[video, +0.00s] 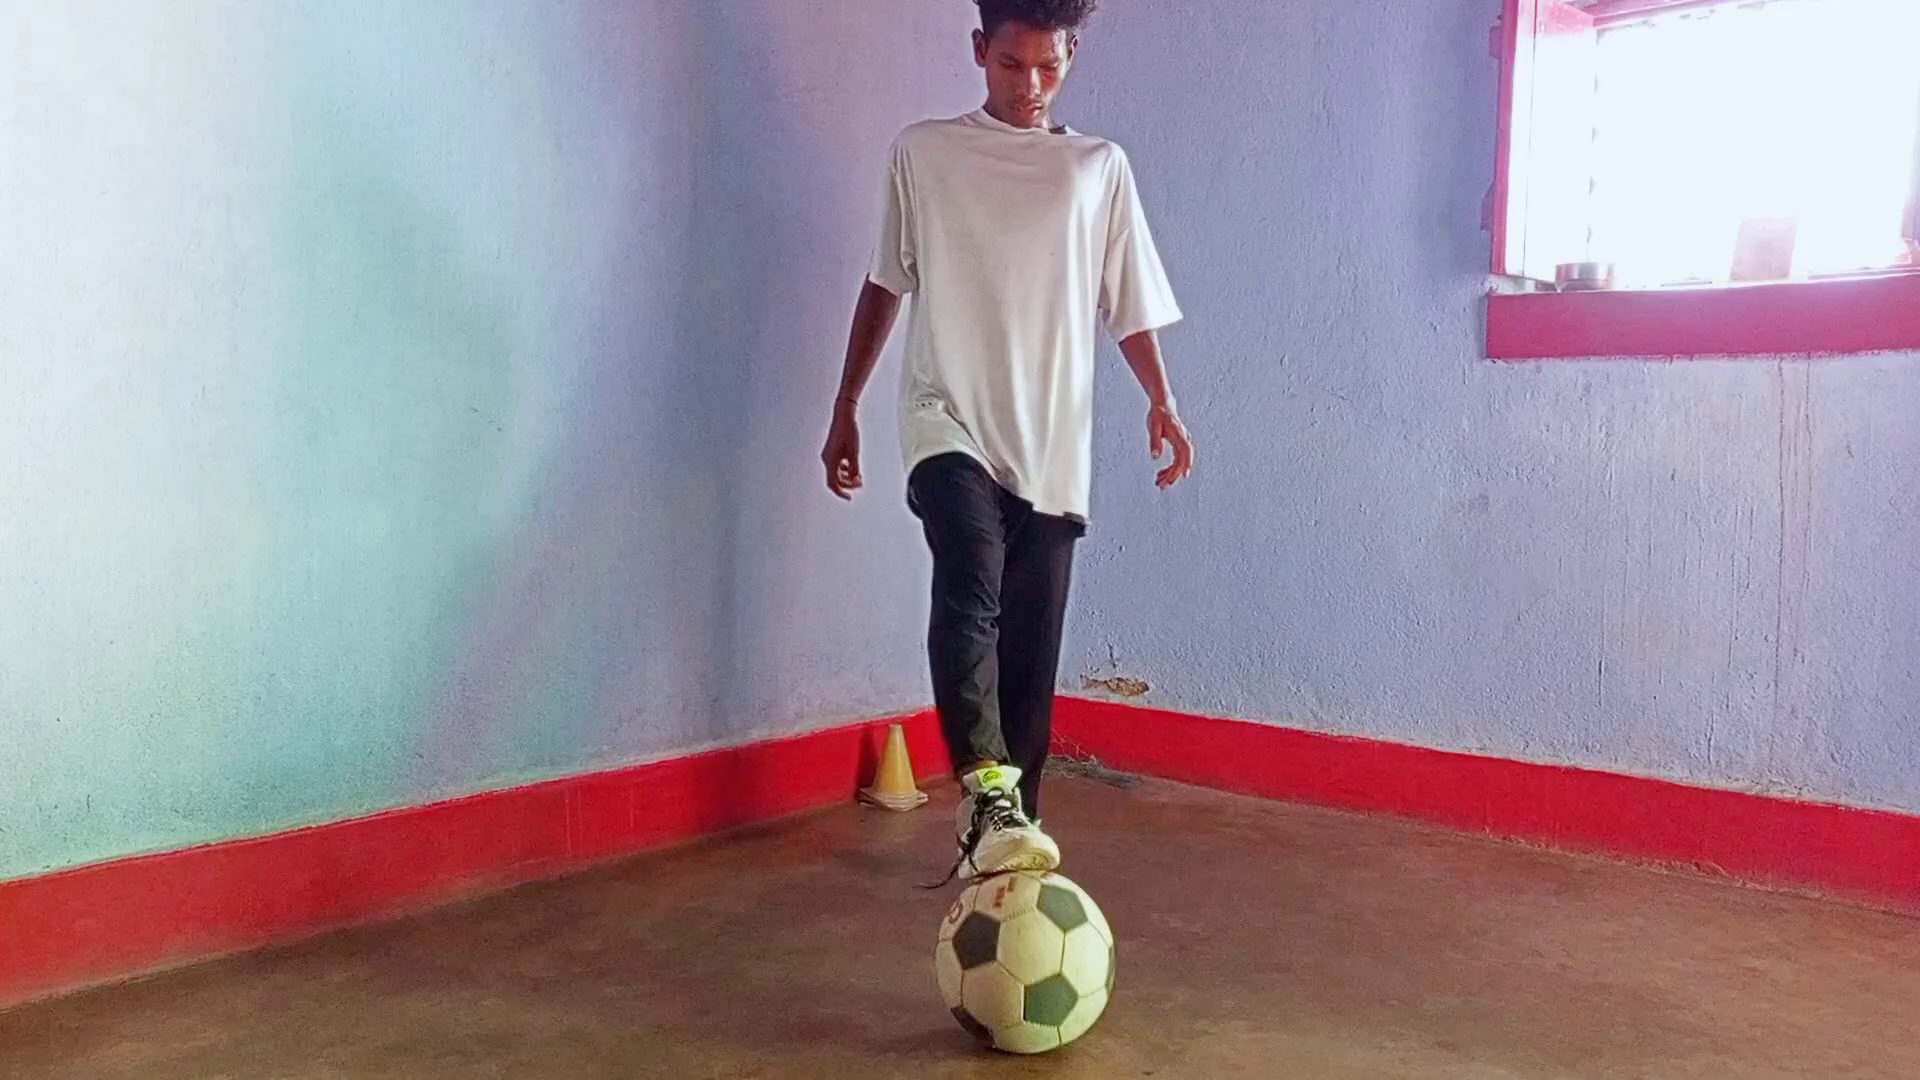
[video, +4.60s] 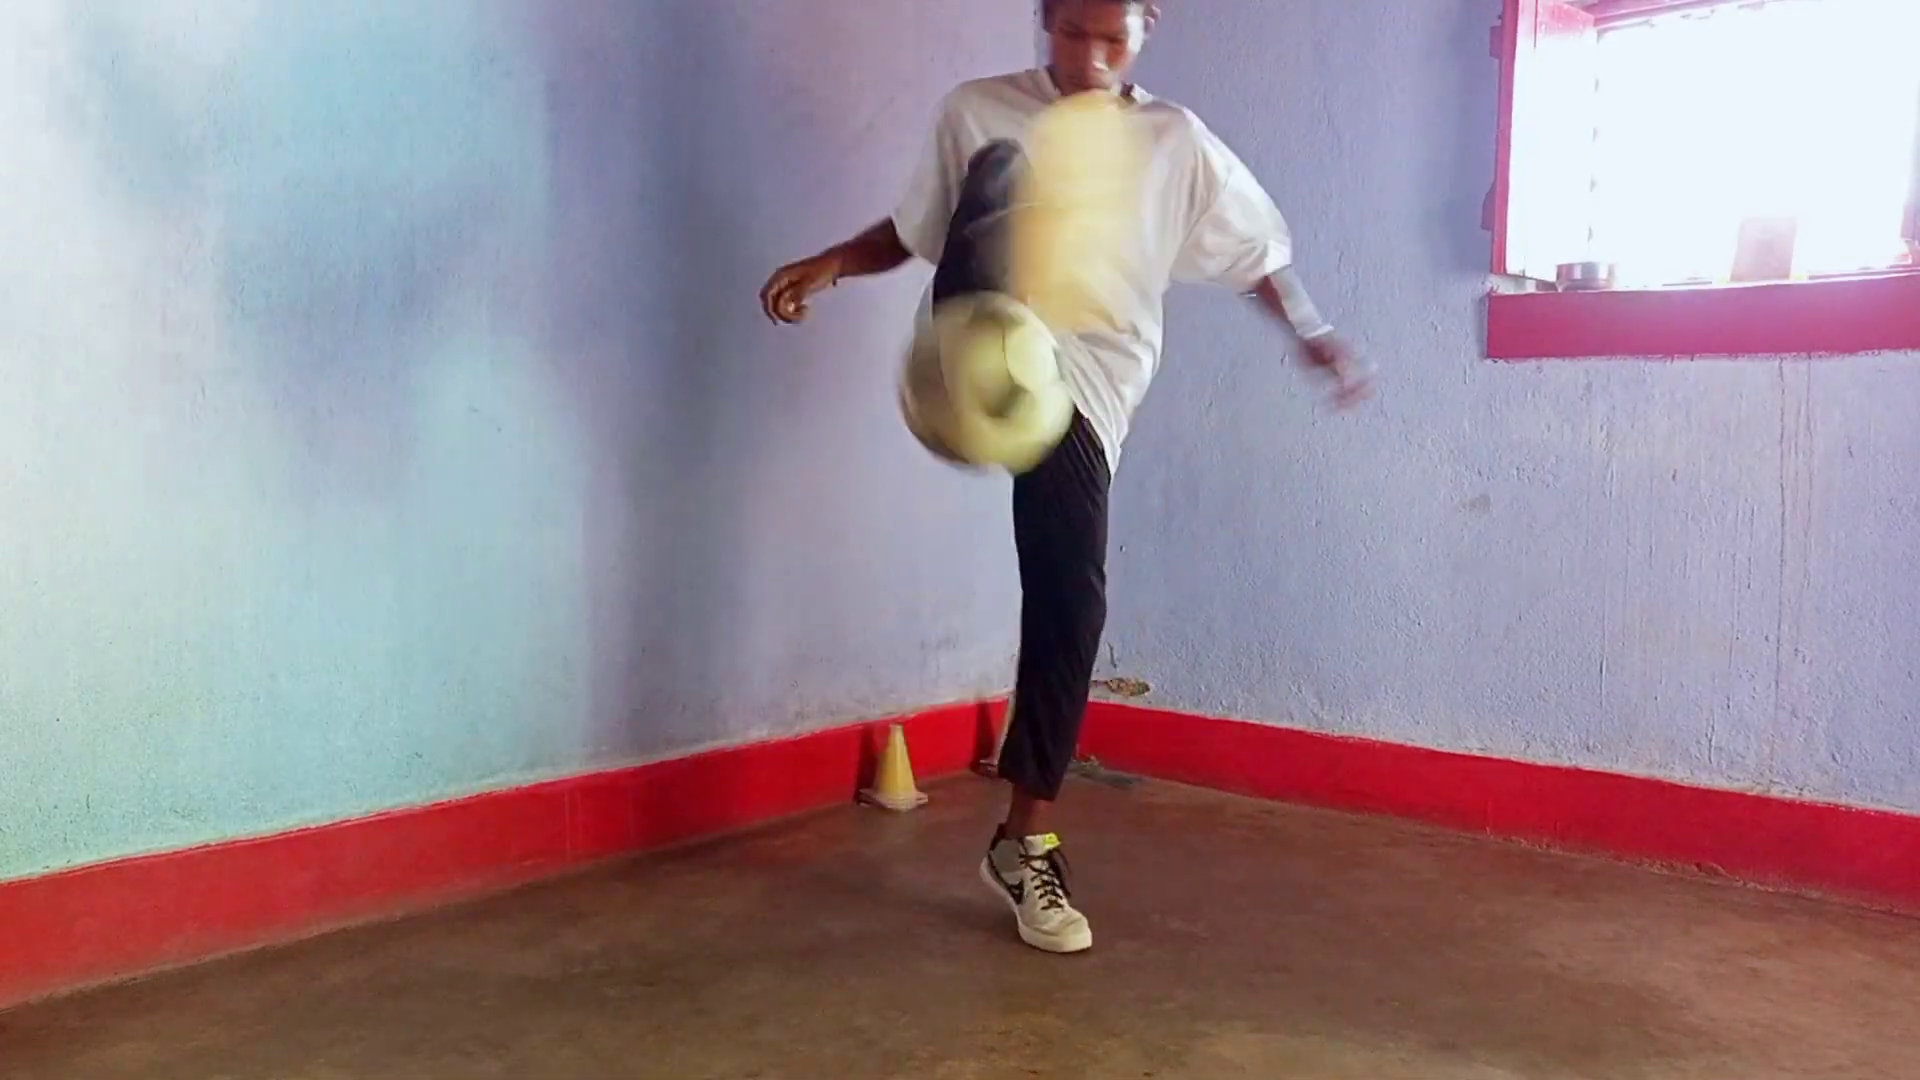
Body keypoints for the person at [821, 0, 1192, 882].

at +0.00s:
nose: (1032, 84)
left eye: (1049, 65)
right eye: (1014, 64)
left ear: (1072, 60)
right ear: (980, 53)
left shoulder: (1101, 167)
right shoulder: (922, 153)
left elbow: (1128, 303)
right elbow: (884, 287)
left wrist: (1161, 400)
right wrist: (845, 406)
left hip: (1051, 434)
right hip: (949, 416)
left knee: (1030, 644)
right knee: (972, 557)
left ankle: (1007, 842)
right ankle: (986, 788)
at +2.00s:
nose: (979, 111)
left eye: (998, 89)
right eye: (961, 88)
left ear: (1023, 64)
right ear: (928, 55)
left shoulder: (1061, 149)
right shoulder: (871, 145)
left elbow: (1085, 284)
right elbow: (827, 279)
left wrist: (1104, 398)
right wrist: (798, 394)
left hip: (1019, 449)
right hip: (904, 447)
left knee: (1015, 655)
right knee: (897, 659)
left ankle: (1015, 839)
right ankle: (903, 855)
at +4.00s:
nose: (1030, 101)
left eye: (1049, 82)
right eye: (1013, 80)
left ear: (1071, 59)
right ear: (978, 47)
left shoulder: (1095, 152)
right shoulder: (906, 140)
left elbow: (1101, 296)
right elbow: (850, 277)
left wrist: (1111, 418)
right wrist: (820, 398)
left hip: (1042, 455)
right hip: (931, 451)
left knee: (1028, 668)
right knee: (918, 666)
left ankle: (1019, 857)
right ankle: (917, 861)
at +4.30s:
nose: (1115, 111)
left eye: (1135, 93)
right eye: (1099, 86)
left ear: (1155, 79)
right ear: (1063, 58)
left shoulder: (1164, 194)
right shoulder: (981, 140)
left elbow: (1191, 340)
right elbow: (904, 265)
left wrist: (1229, 458)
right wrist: (862, 362)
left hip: (1061, 456)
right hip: (959, 430)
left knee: (1060, 659)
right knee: (986, 586)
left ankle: (1035, 865)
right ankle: (984, 840)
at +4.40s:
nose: (1127, 97)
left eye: (1146, 81)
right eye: (1113, 73)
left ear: (1167, 73)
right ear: (1078, 48)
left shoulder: (1176, 178)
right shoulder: (1000, 122)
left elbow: (1202, 313)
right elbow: (911, 226)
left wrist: (1233, 422)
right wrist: (868, 323)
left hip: (1071, 437)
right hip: (975, 385)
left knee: (1064, 656)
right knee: (975, 476)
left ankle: (1022, 855)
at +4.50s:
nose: (1118, 71)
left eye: (1137, 53)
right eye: (1101, 47)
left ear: (1160, 47)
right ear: (1064, 31)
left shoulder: (1178, 152)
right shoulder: (991, 112)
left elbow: (1215, 277)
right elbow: (910, 211)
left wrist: (1257, 362)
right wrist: (830, 271)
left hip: (1085, 419)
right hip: (995, 376)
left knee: (1077, 623)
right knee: (998, 249)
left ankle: (1029, 839)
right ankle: (936, 405)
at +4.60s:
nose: (1090, 60)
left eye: (1112, 42)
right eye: (1074, 35)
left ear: (1140, 38)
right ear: (1044, 24)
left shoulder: (1174, 142)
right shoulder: (978, 112)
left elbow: (1254, 253)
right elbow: (916, 227)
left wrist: (1313, 336)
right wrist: (825, 265)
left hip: (1087, 384)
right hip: (978, 365)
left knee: (1073, 604)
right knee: (1001, 167)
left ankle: (1026, 843)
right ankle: (965, 369)